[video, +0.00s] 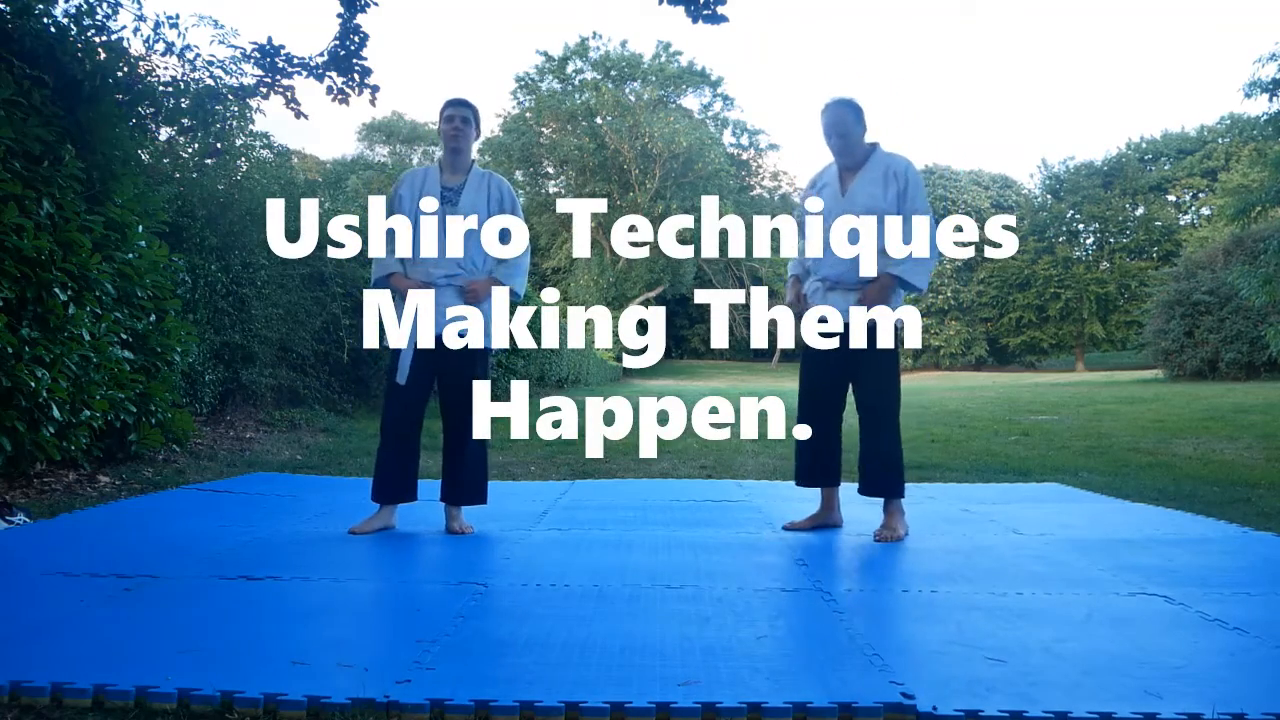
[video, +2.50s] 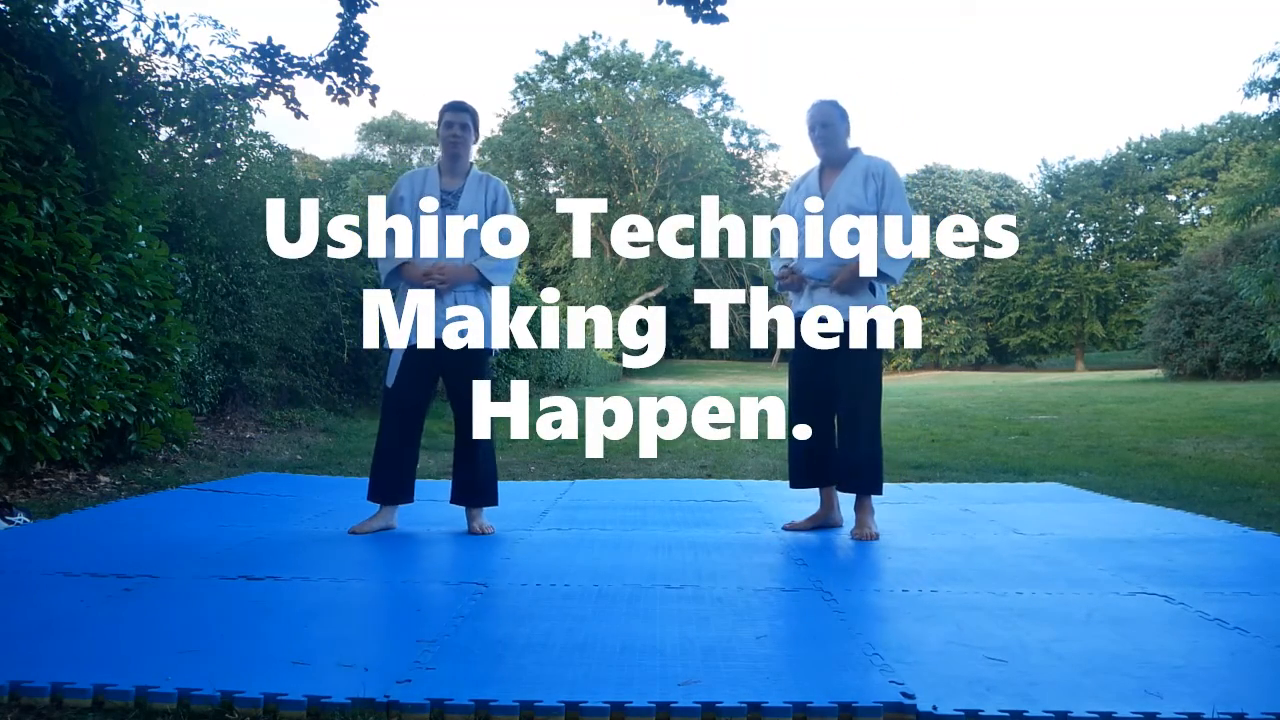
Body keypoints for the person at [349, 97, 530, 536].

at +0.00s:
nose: (455, 127)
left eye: (463, 122)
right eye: (448, 121)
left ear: (476, 133)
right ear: (438, 130)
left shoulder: (498, 188)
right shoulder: (410, 183)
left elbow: (517, 249)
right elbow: (386, 238)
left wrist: (492, 283)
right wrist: (397, 277)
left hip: (470, 313)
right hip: (415, 310)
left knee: (463, 412)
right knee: (400, 408)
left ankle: (455, 509)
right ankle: (387, 508)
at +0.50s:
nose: (458, 130)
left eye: (466, 125)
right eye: (452, 123)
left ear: (478, 135)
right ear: (440, 131)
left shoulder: (498, 189)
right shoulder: (412, 183)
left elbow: (510, 258)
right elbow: (396, 243)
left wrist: (483, 293)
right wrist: (404, 287)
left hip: (471, 314)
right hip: (415, 308)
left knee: (463, 411)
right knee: (401, 406)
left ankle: (455, 509)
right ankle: (387, 508)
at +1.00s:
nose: (441, 132)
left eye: (448, 125)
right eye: (434, 126)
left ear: (462, 132)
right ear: (424, 134)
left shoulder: (485, 185)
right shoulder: (402, 184)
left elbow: (489, 249)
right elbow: (386, 250)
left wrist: (443, 270)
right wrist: (415, 281)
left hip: (462, 316)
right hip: (408, 315)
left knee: (459, 413)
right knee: (396, 409)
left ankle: (454, 511)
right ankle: (387, 509)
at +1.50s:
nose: (419, 134)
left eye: (427, 127)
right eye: (412, 127)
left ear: (440, 132)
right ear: (402, 133)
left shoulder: (464, 183)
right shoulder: (380, 184)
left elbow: (483, 248)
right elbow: (362, 247)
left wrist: (443, 269)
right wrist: (396, 270)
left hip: (451, 311)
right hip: (394, 312)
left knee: (460, 406)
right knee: (386, 406)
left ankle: (468, 503)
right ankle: (386, 508)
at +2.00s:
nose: (452, 133)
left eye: (460, 127)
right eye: (446, 126)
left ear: (473, 137)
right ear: (434, 132)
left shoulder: (490, 188)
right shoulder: (405, 183)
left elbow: (501, 253)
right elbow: (382, 249)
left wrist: (458, 264)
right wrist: (413, 269)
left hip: (468, 316)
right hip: (411, 314)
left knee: (469, 412)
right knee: (396, 409)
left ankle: (475, 509)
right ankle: (387, 509)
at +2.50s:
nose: (455, 133)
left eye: (463, 128)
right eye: (449, 126)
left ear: (476, 138)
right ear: (437, 134)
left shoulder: (493, 189)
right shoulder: (408, 184)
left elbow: (507, 256)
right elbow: (388, 248)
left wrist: (462, 271)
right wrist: (413, 272)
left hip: (470, 320)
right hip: (413, 318)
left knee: (473, 414)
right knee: (399, 409)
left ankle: (475, 512)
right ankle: (387, 509)